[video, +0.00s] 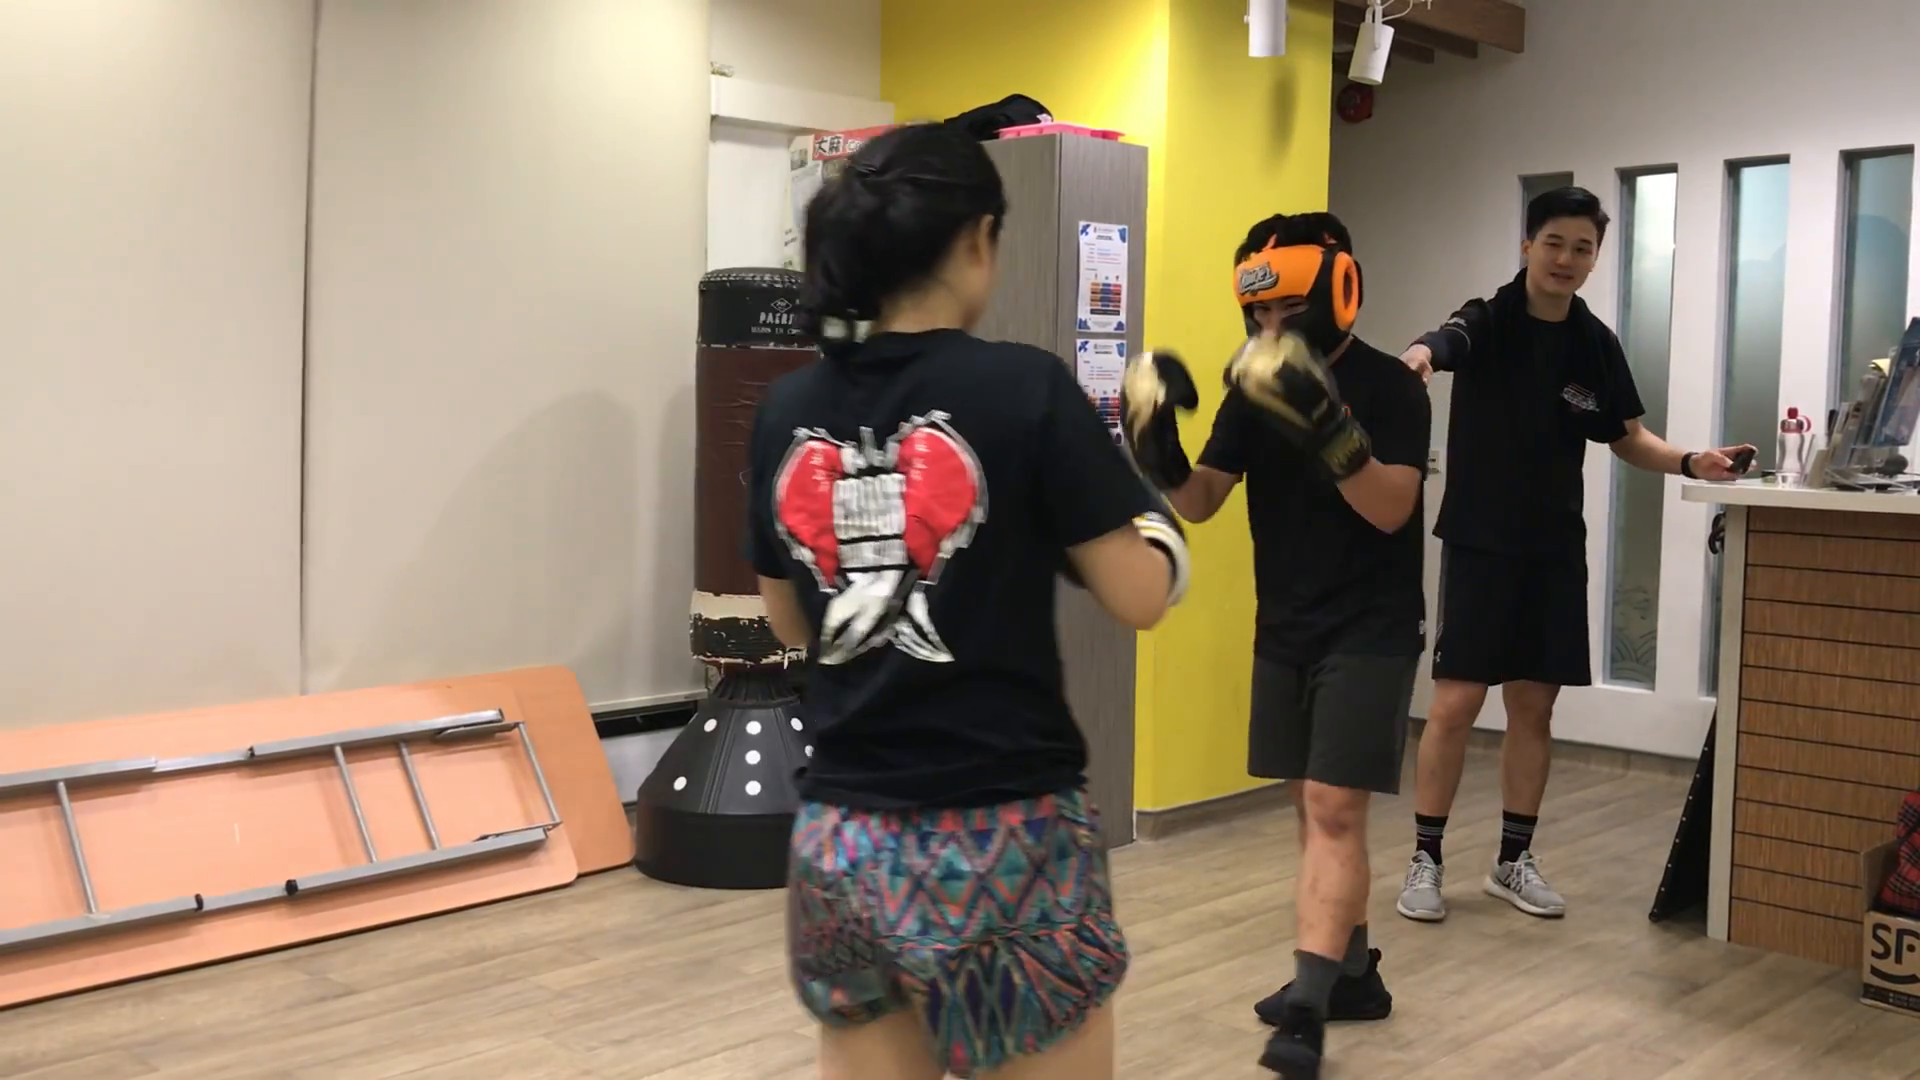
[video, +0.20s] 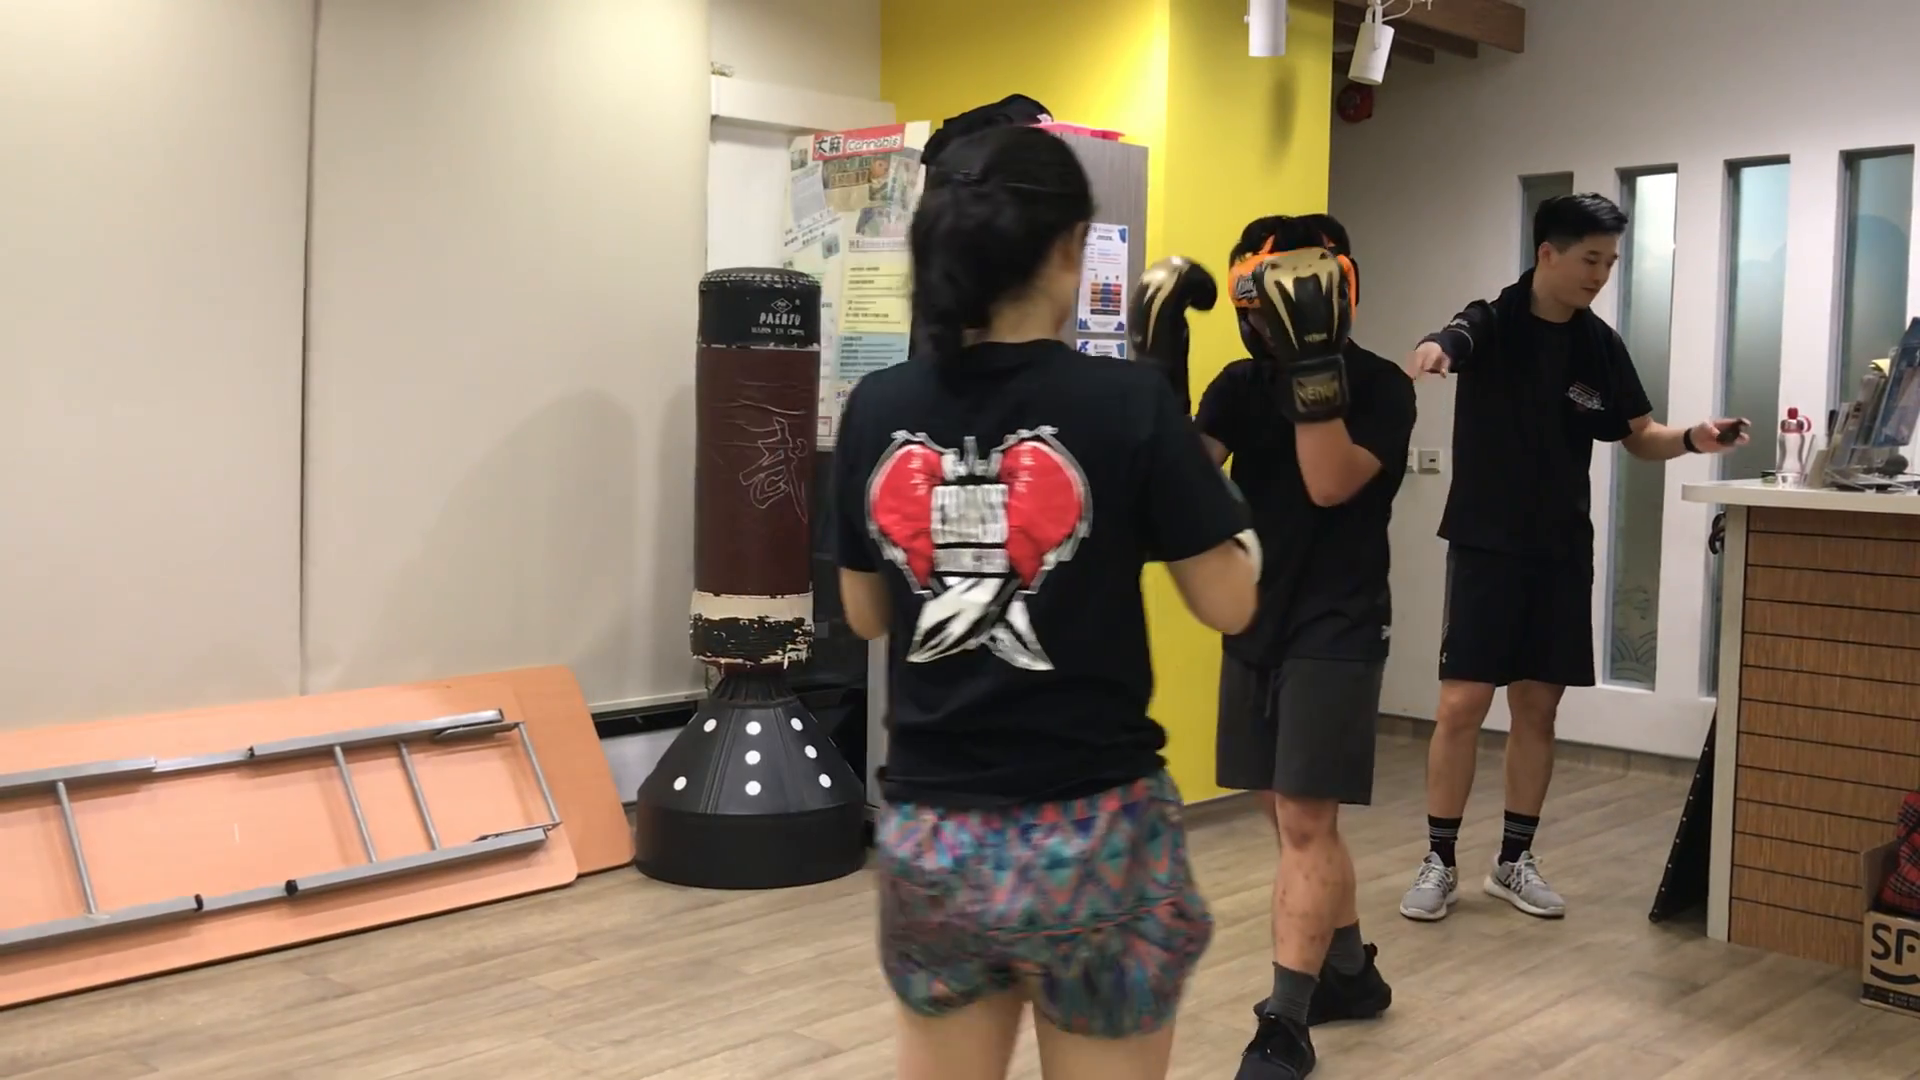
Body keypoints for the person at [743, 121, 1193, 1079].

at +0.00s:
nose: (994, 271)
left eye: (992, 244)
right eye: (994, 243)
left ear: (853, 246)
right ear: (971, 246)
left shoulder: (787, 410)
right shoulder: (1024, 388)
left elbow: (794, 620)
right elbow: (1142, 596)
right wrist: (1145, 489)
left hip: (840, 838)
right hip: (1007, 839)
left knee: (868, 1064)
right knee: (1048, 1061)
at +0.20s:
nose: (1085, 266)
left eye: (1083, 243)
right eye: (1084, 243)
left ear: (939, 246)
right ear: (1067, 249)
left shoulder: (879, 406)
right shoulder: (1129, 403)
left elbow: (867, 613)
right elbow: (1228, 602)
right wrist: (1196, 467)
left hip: (930, 827)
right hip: (1100, 826)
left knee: (939, 1066)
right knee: (1107, 1061)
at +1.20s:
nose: (1041, 266)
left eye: (1032, 251)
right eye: (1034, 251)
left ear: (908, 264)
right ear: (1024, 263)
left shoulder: (877, 401)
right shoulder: (1088, 379)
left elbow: (873, 519)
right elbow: (1182, 476)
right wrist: (1130, 374)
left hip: (930, 754)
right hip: (1074, 747)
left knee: (975, 1038)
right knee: (1138, 1050)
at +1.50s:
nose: (1027, 265)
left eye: (1021, 251)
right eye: (1022, 250)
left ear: (898, 260)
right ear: (1010, 261)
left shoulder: (867, 403)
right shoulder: (1060, 370)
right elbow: (1154, 441)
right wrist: (1090, 359)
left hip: (924, 742)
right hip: (1060, 731)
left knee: (975, 1036)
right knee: (1108, 1048)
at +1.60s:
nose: (1026, 265)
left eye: (1021, 247)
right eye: (1021, 247)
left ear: (902, 257)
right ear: (1007, 257)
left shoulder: (865, 398)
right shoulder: (1060, 371)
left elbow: (857, 533)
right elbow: (1175, 470)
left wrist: (948, 514)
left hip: (928, 750)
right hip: (1065, 738)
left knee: (977, 1036)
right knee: (1118, 1048)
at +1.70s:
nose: (1036, 270)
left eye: (1031, 252)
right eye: (1033, 252)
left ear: (906, 257)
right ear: (1019, 263)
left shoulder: (863, 405)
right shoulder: (1066, 384)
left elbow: (838, 576)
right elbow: (1194, 519)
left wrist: (939, 547)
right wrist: (1097, 536)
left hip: (927, 759)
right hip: (1067, 746)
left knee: (977, 1042)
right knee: (1131, 1053)